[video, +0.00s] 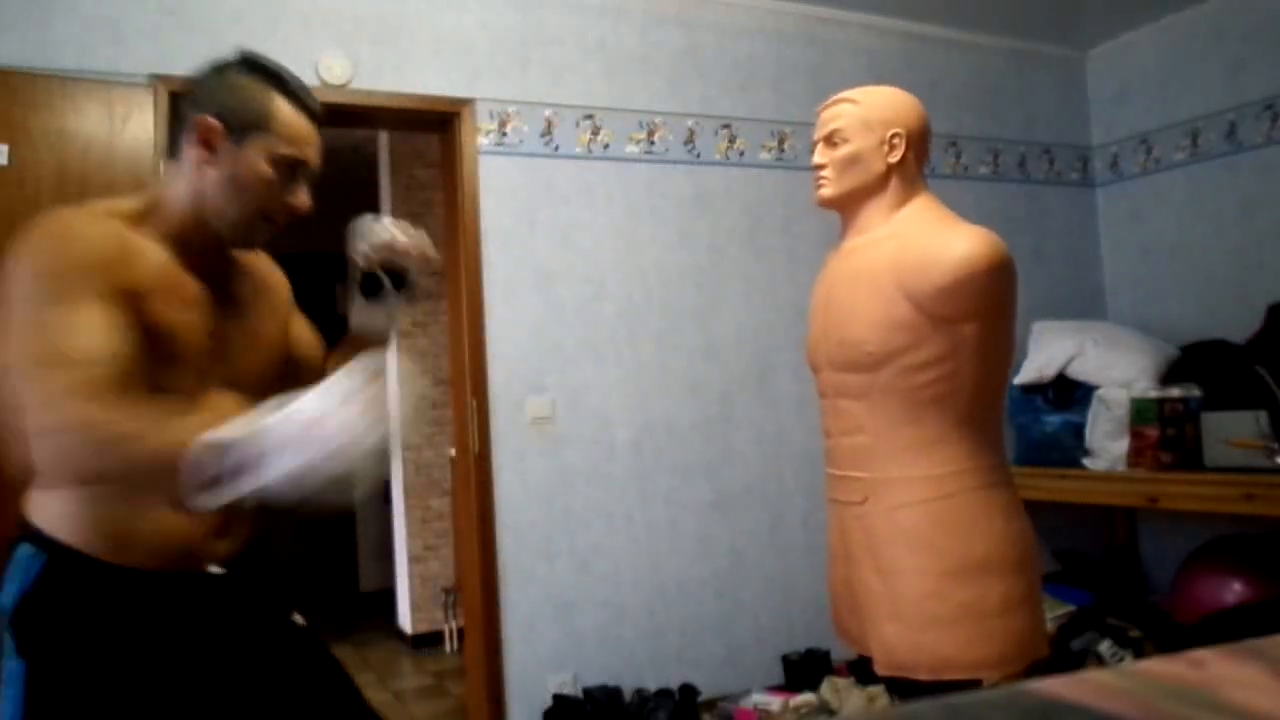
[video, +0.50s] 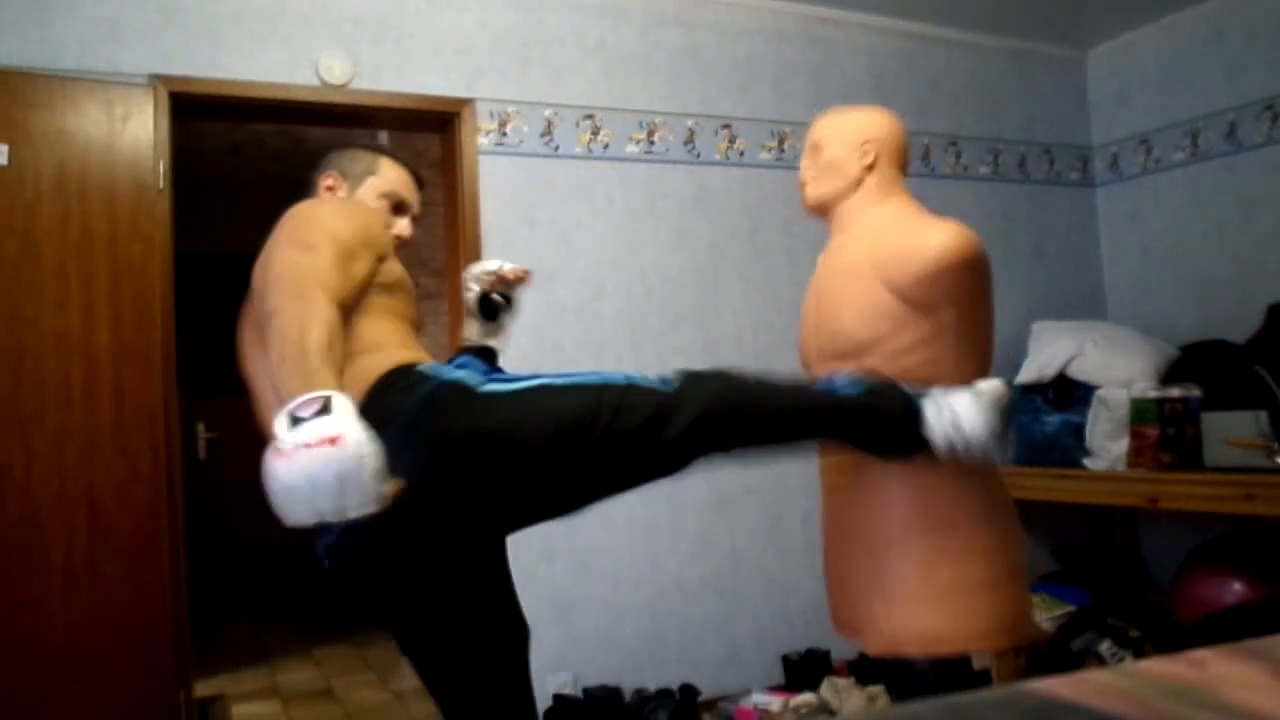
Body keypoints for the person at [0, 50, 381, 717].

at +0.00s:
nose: (303, 202)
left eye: (308, 181)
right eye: (286, 170)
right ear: (208, 142)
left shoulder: (261, 283)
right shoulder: (73, 250)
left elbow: (325, 409)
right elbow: (66, 438)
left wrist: (385, 321)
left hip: (219, 596)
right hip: (82, 600)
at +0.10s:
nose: (342, 214)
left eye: (345, 195)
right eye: (327, 187)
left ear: (256, 169)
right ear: (254, 167)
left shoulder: (278, 269)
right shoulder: (180, 242)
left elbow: (258, 437)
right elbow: (333, 327)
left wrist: (348, 448)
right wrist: (446, 258)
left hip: (262, 594)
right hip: (165, 599)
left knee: (402, 718)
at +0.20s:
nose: (363, 190)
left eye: (364, 176)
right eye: (352, 172)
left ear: (287, 164)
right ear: (291, 162)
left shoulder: (216, 278)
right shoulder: (274, 205)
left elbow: (164, 453)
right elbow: (486, 196)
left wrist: (213, 554)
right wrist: (510, 177)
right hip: (306, 542)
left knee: (459, 712)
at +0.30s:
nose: (363, 189)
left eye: (362, 174)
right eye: (352, 171)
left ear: (280, 164)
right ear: (291, 163)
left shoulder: (188, 298)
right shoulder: (307, 201)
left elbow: (144, 436)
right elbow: (455, 229)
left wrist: (213, 514)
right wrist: (626, 231)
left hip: (307, 529)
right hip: (378, 475)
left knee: (453, 699)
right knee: (561, 659)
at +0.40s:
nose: (386, 220)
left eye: (386, 207)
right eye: (378, 204)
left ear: (296, 191)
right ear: (319, 182)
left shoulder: (209, 309)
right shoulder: (345, 224)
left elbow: (279, 434)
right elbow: (391, 387)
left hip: (350, 550)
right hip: (430, 479)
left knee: (465, 715)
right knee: (692, 434)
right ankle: (841, 474)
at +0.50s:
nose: (409, 229)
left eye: (413, 217)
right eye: (397, 208)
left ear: (340, 197)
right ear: (344, 188)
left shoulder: (354, 278)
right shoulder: (333, 215)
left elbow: (406, 393)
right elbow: (288, 312)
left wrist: (479, 324)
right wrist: (306, 417)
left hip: (373, 504)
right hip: (413, 427)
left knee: (490, 701)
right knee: (673, 412)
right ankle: (923, 420)